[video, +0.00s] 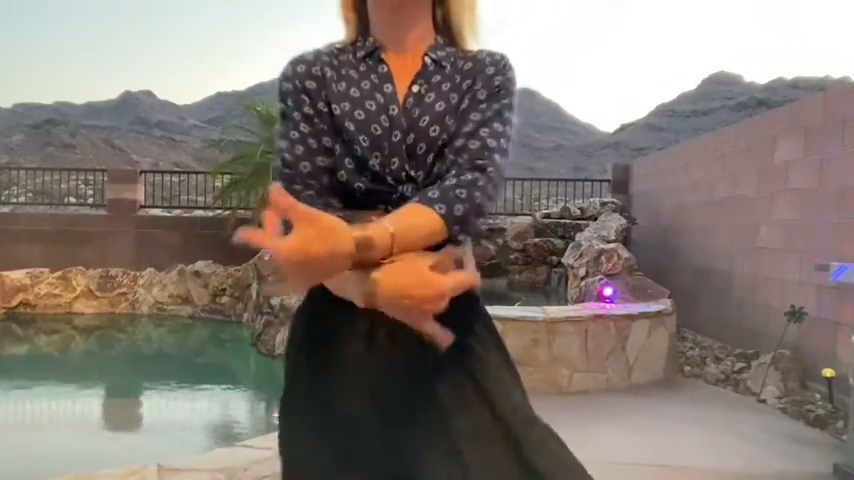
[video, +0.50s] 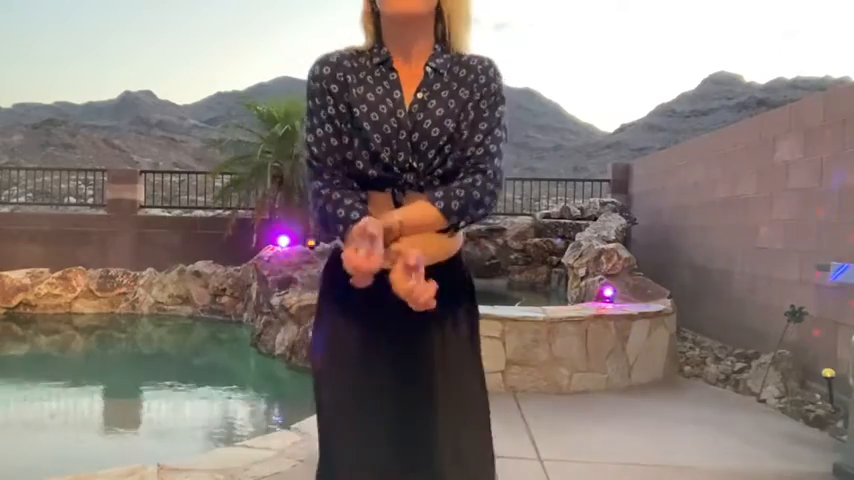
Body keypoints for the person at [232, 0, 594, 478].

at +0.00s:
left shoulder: (485, 72)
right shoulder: (311, 75)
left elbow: (469, 193)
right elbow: (298, 225)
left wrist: (355, 242)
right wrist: (370, 286)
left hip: (448, 320)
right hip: (338, 318)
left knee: (474, 466)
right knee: (330, 467)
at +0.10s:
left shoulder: (482, 76)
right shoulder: (315, 82)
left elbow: (463, 192)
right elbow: (315, 218)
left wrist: (362, 247)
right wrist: (372, 287)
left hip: (442, 316)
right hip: (336, 314)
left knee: (474, 462)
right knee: (339, 466)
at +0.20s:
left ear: (434, 1)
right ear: (360, 2)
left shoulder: (478, 82)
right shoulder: (318, 86)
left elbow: (467, 192)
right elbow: (326, 211)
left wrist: (375, 241)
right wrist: (381, 283)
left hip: (441, 310)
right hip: (341, 309)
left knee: (465, 460)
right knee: (342, 464)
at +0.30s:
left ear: (433, 2)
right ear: (363, 4)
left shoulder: (477, 84)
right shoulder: (323, 85)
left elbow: (470, 193)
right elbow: (327, 202)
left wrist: (376, 240)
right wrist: (383, 275)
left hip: (441, 305)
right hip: (344, 306)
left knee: (466, 460)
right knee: (346, 463)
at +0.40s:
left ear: (436, 2)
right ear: (368, 5)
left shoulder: (477, 82)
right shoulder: (330, 82)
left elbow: (473, 192)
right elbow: (329, 199)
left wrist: (382, 234)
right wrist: (387, 264)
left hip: (442, 297)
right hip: (351, 298)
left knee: (453, 456)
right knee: (354, 458)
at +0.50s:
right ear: (373, 0)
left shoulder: (477, 74)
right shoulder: (333, 72)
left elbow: (481, 183)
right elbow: (330, 183)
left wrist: (386, 224)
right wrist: (396, 254)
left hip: (442, 287)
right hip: (355, 284)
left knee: (449, 454)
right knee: (357, 455)